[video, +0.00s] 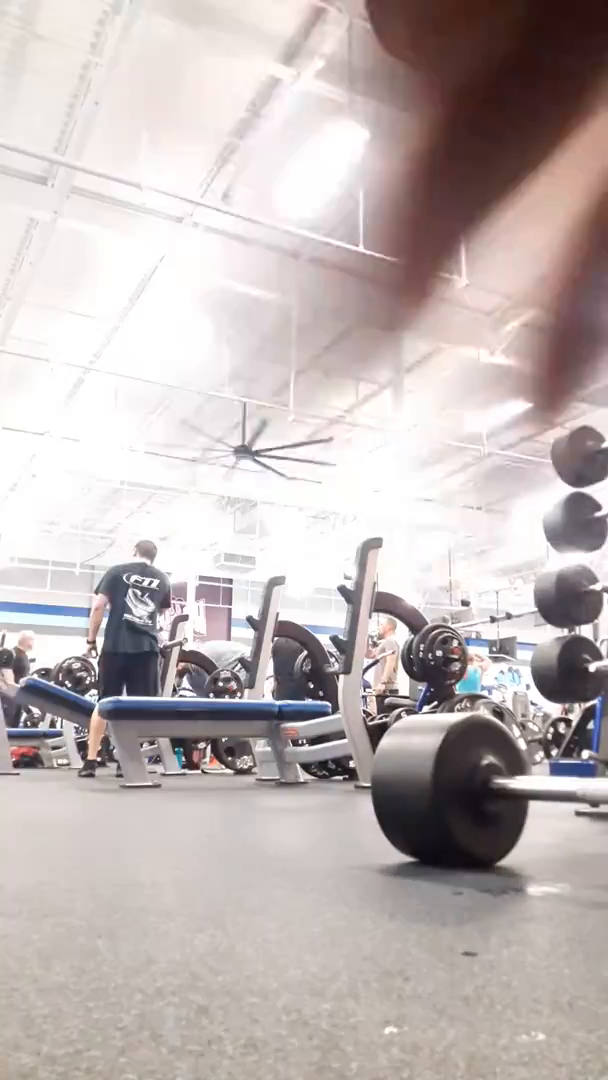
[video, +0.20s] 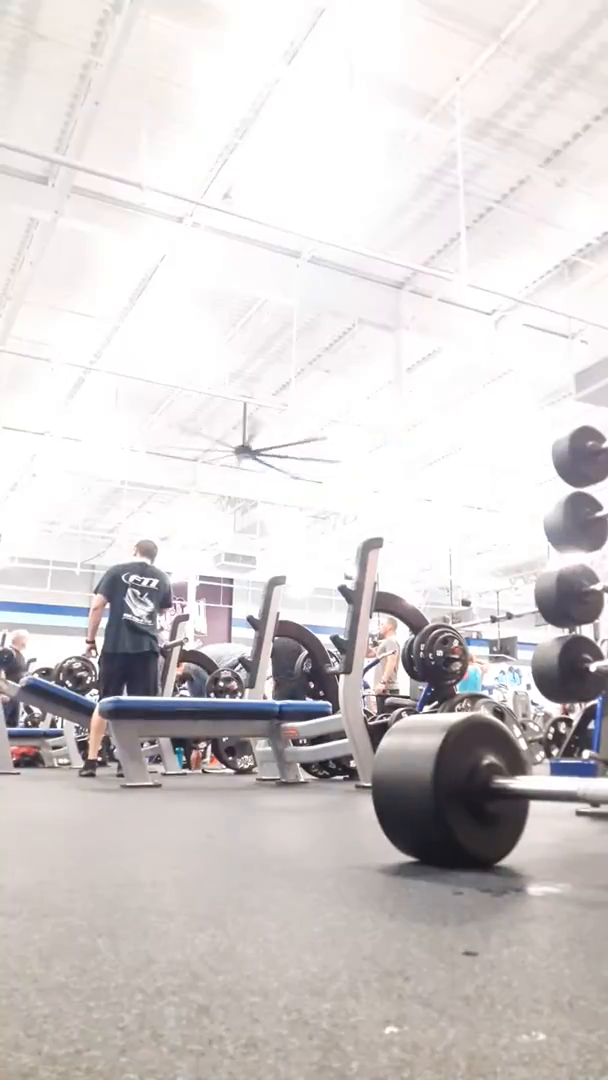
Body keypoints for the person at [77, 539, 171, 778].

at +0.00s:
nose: (133, 553)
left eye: (133, 551)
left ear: (134, 552)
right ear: (154, 557)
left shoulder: (117, 571)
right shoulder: (163, 579)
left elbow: (99, 605)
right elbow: (163, 610)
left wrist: (92, 639)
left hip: (115, 648)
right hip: (145, 649)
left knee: (104, 703)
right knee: (140, 707)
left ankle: (91, 760)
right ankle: (130, 763)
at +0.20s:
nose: (131, 553)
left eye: (133, 550)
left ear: (134, 551)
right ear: (155, 557)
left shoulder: (117, 570)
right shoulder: (162, 578)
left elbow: (97, 605)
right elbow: (164, 610)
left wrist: (90, 639)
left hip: (115, 647)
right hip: (146, 649)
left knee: (105, 704)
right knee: (140, 708)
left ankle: (91, 759)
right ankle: (130, 763)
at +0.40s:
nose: (131, 554)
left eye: (132, 551)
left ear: (133, 551)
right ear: (154, 556)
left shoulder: (116, 571)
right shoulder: (161, 578)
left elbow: (96, 606)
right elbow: (168, 613)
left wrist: (91, 640)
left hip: (115, 648)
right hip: (146, 650)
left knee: (105, 703)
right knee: (141, 707)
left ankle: (92, 759)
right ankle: (130, 763)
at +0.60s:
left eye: (133, 549)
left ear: (132, 551)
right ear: (153, 555)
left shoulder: (114, 572)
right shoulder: (160, 578)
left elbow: (96, 608)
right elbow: (178, 612)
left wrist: (91, 641)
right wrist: (160, 619)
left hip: (114, 649)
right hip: (145, 651)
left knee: (105, 703)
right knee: (144, 707)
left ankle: (92, 759)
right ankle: (132, 763)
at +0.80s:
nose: (131, 553)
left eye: (131, 550)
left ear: (132, 552)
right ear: (154, 556)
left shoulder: (115, 572)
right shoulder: (160, 576)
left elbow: (96, 608)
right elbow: (177, 604)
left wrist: (92, 642)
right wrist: (168, 635)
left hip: (116, 650)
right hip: (147, 652)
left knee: (106, 704)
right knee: (144, 707)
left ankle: (92, 759)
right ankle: (133, 763)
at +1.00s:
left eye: (132, 551)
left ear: (132, 552)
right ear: (154, 556)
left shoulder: (115, 573)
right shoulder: (160, 576)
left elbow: (97, 608)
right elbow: (176, 603)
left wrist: (93, 642)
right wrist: (167, 633)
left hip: (116, 650)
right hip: (147, 653)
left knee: (107, 704)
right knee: (145, 707)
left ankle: (92, 759)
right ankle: (135, 763)